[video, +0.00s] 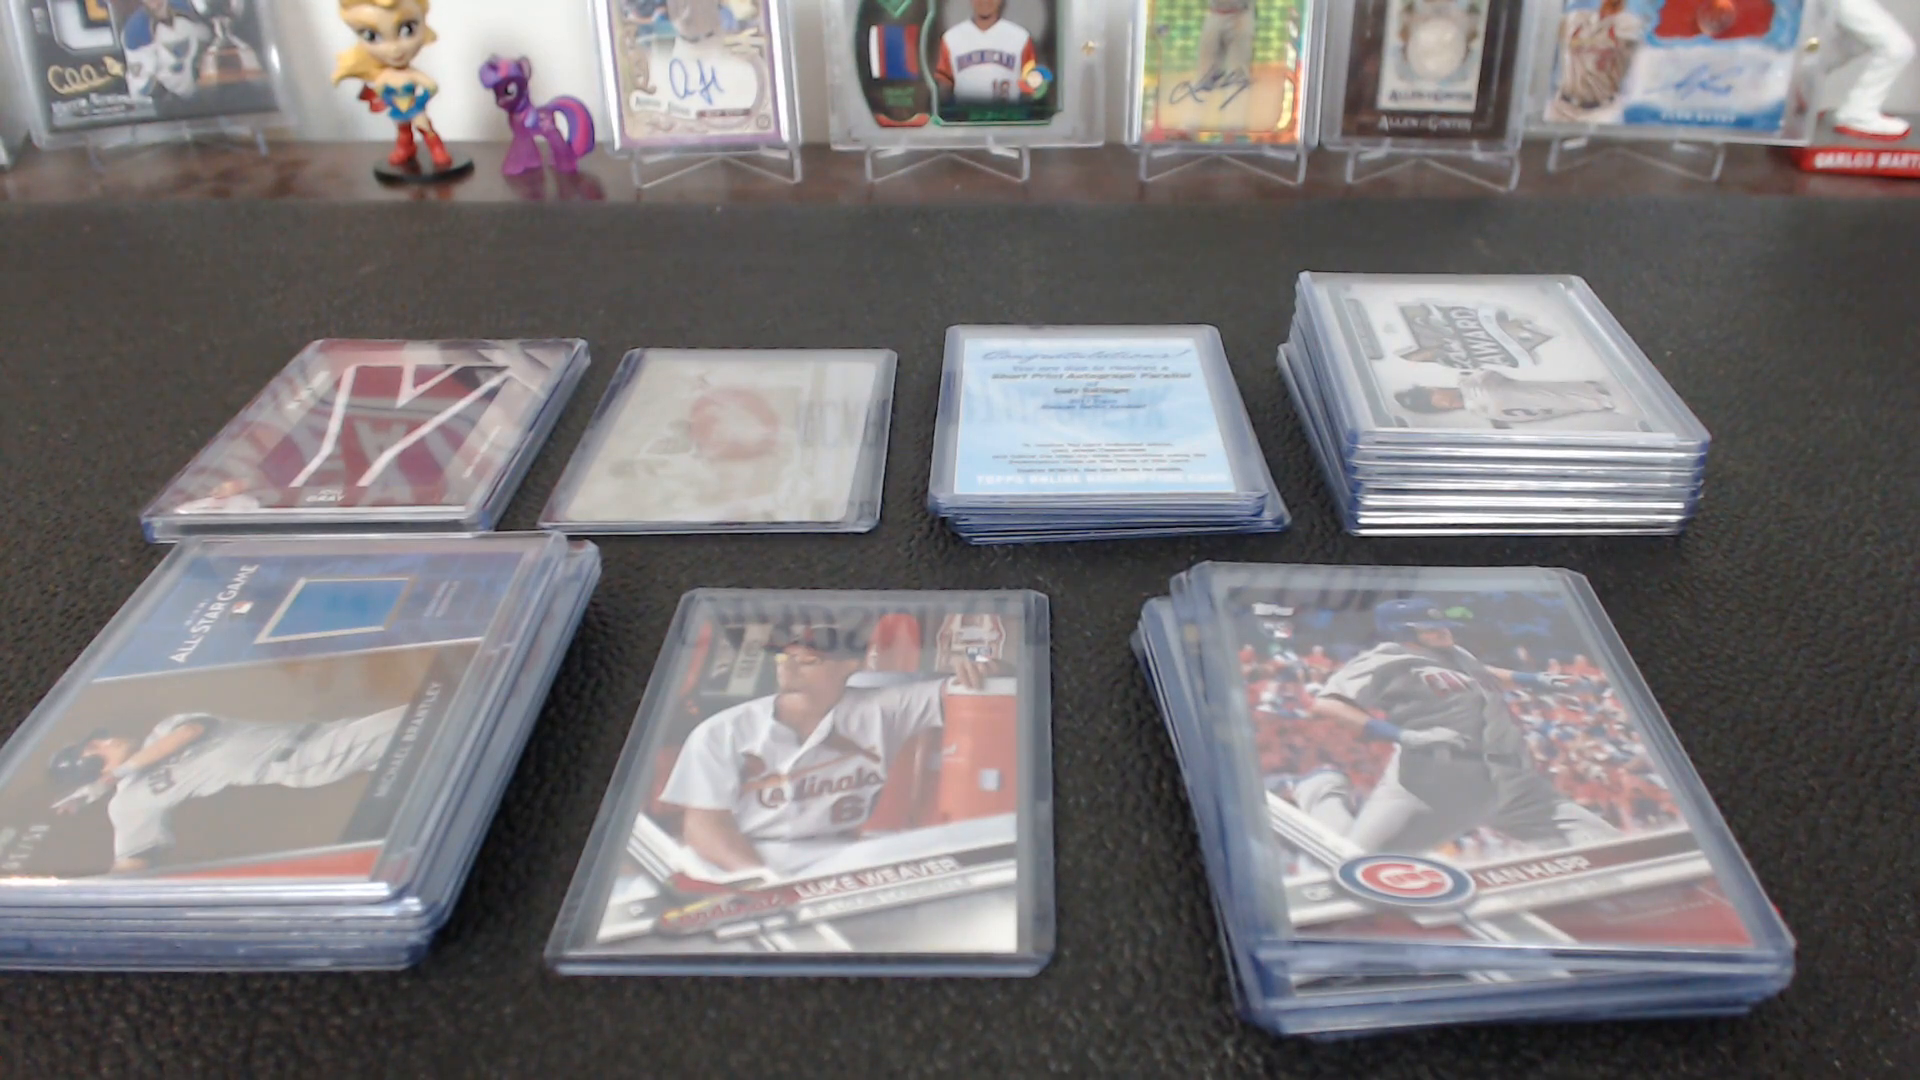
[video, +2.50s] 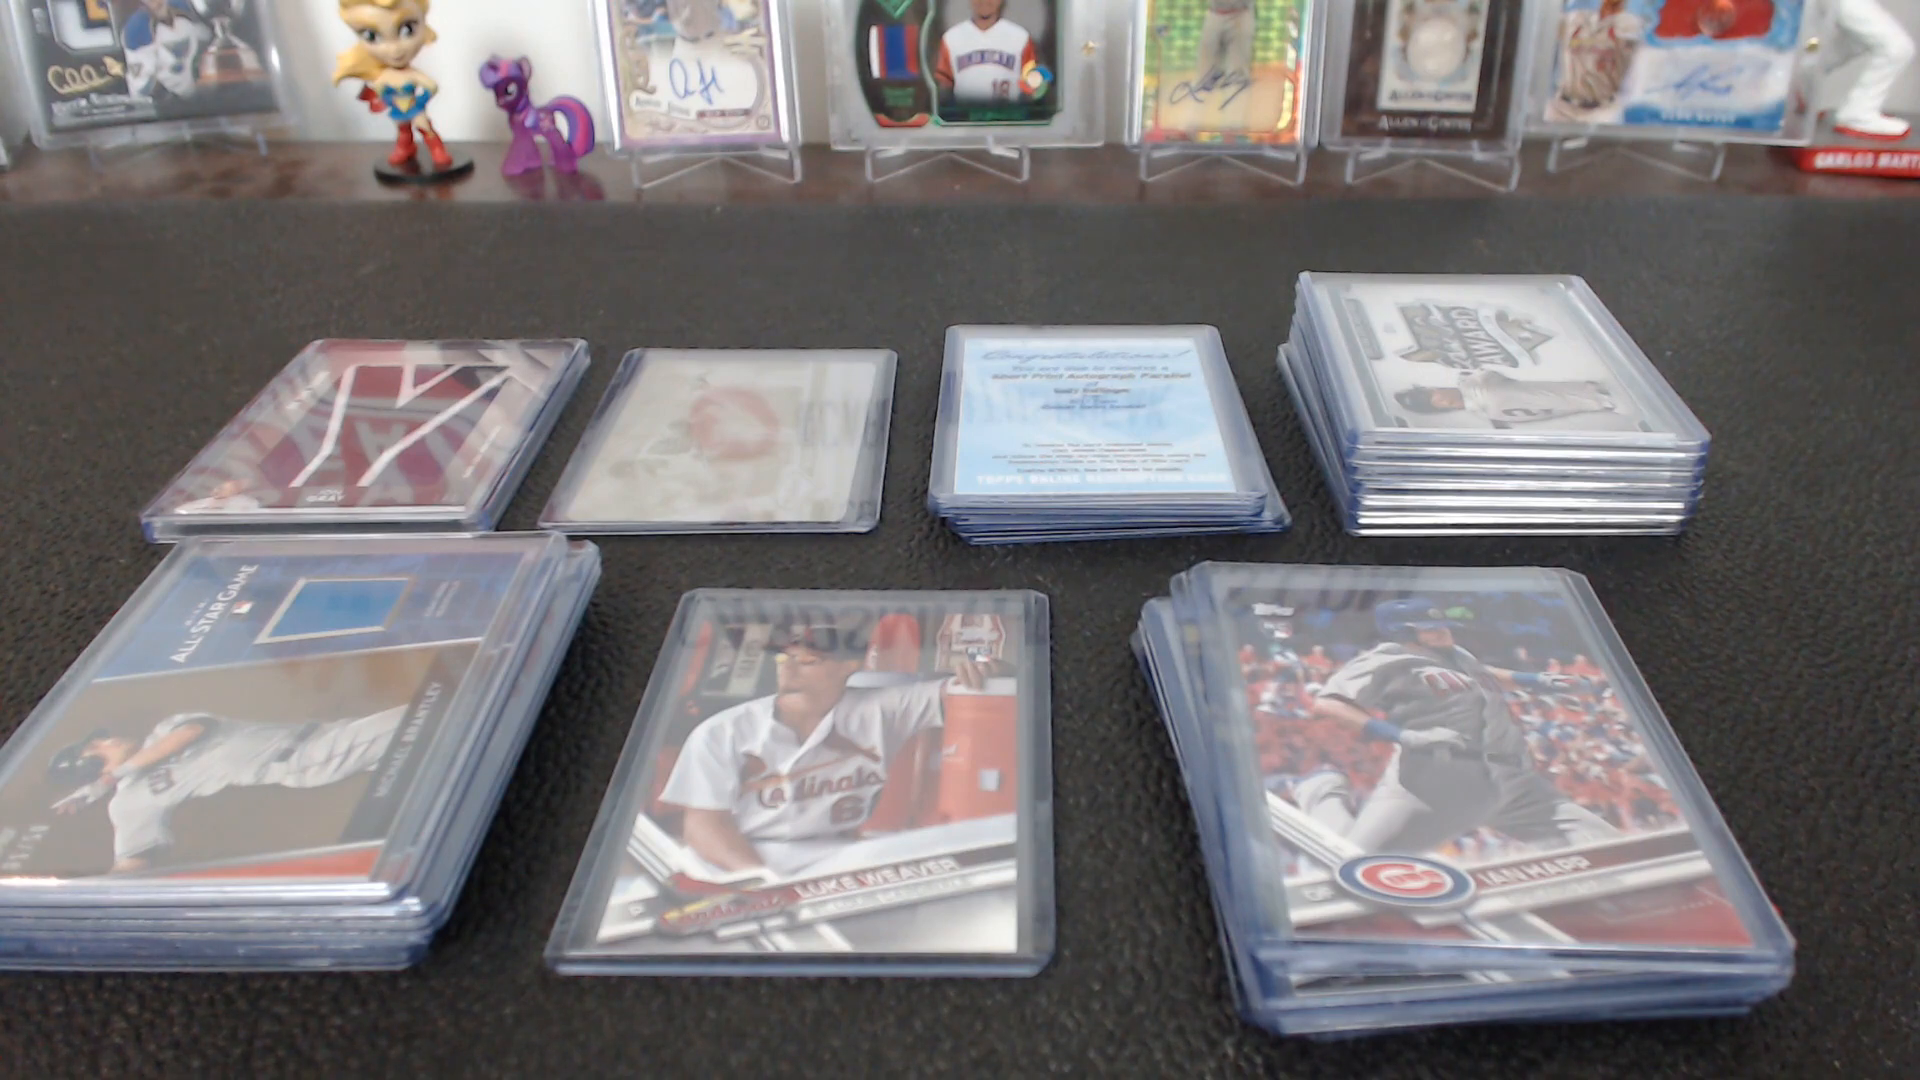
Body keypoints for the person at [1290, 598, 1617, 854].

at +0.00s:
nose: (1446, 631)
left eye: (1446, 623)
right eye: (1434, 624)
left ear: (1447, 627)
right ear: (1406, 630)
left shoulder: (1459, 657)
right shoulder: (1387, 659)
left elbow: (1490, 676)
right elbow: (1328, 704)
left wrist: (1539, 682)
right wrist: (1404, 736)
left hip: (1509, 789)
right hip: (1429, 796)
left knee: (1613, 850)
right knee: (1353, 868)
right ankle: (1321, 792)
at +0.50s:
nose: (1446, 631)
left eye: (1446, 623)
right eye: (1434, 623)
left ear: (1447, 626)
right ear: (1406, 630)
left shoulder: (1458, 657)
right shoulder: (1387, 660)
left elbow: (1490, 676)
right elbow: (1328, 704)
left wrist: (1539, 682)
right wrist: (1404, 736)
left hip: (1509, 789)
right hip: (1428, 796)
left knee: (1613, 849)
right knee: (1353, 868)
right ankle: (1321, 792)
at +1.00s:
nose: (1445, 631)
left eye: (1444, 622)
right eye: (1433, 623)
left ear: (1445, 625)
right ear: (1405, 629)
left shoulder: (1458, 657)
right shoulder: (1386, 659)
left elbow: (1490, 677)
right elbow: (1328, 704)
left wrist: (1541, 682)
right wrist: (1404, 736)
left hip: (1508, 788)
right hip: (1429, 794)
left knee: (1610, 847)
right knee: (1351, 870)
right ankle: (1322, 793)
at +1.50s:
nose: (1445, 631)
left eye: (1444, 622)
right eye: (1433, 623)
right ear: (1406, 630)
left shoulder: (1458, 656)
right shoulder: (1386, 660)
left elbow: (1490, 677)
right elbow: (1328, 704)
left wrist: (1541, 682)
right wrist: (1404, 736)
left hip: (1508, 787)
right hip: (1428, 795)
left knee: (1609, 847)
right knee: (1352, 869)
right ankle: (1321, 792)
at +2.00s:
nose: (1445, 631)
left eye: (1445, 623)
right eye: (1433, 623)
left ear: (1448, 624)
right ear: (1405, 628)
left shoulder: (1459, 657)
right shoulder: (1388, 659)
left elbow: (1490, 677)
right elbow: (1328, 704)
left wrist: (1541, 683)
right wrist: (1404, 735)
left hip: (1509, 787)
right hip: (1430, 793)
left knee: (1610, 847)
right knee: (1351, 868)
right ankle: (1321, 793)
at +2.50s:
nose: (1445, 631)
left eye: (1444, 622)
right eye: (1433, 623)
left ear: (1445, 625)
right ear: (1405, 629)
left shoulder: (1459, 657)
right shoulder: (1387, 659)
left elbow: (1491, 677)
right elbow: (1328, 704)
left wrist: (1542, 682)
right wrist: (1404, 736)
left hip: (1510, 787)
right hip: (1431, 792)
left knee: (1609, 847)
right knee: (1352, 867)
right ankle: (1321, 792)